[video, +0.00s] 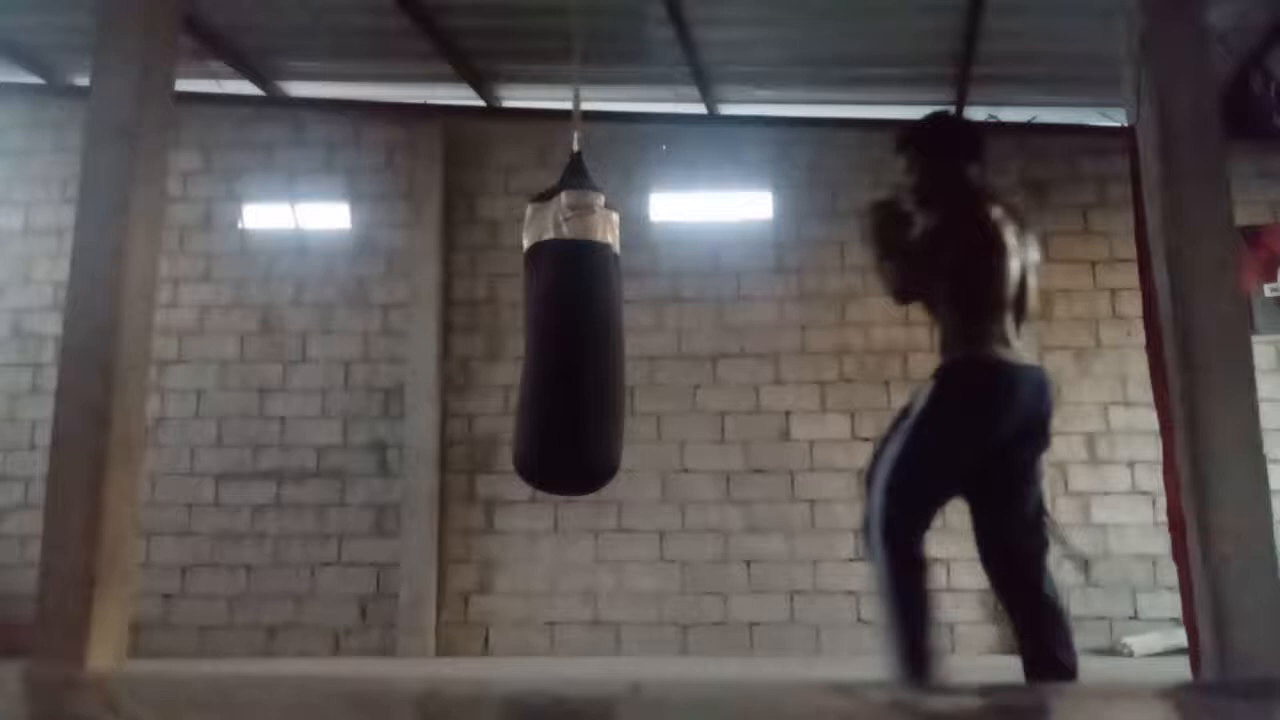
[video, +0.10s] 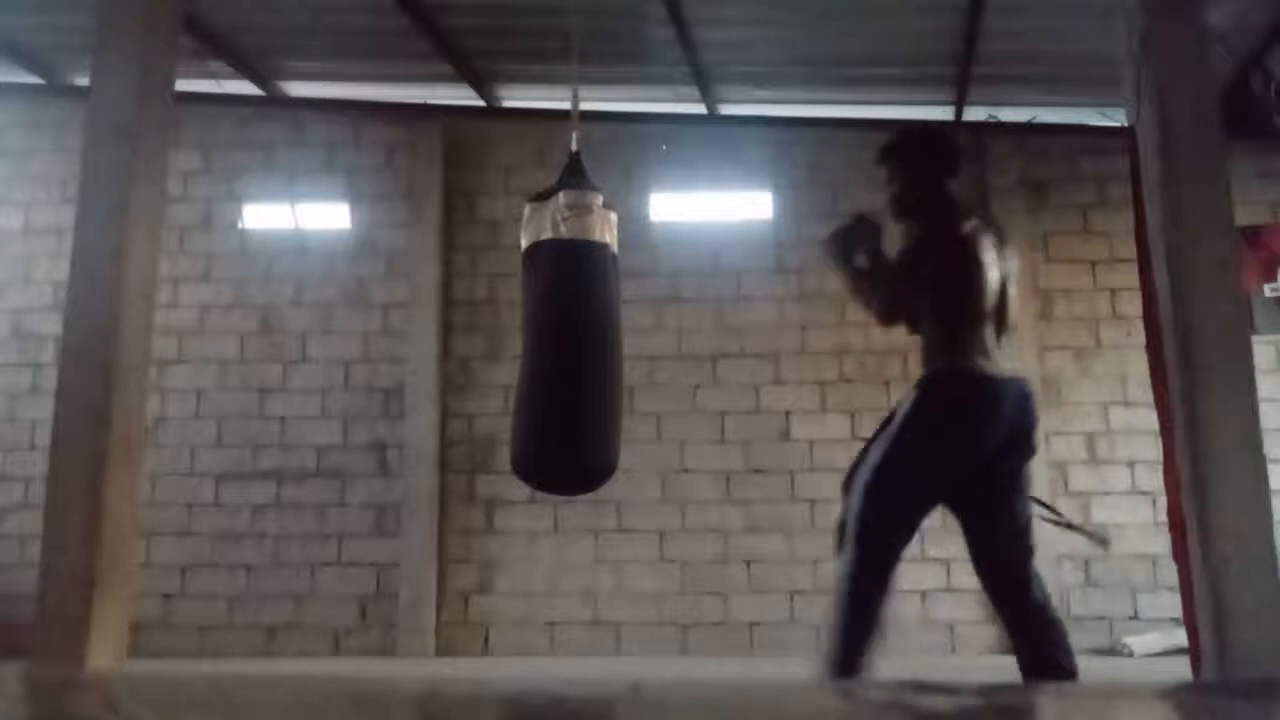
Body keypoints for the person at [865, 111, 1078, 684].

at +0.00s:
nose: (906, 178)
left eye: (913, 164)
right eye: (906, 165)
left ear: (940, 165)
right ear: (969, 162)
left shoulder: (955, 223)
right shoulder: (1013, 225)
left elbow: (907, 284)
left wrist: (888, 233)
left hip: (969, 385)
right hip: (1024, 385)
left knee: (891, 511)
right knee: (1013, 545)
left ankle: (916, 672)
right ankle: (1054, 680)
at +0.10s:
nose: (890, 195)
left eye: (898, 181)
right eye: (889, 181)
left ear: (925, 180)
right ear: (944, 180)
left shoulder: (939, 238)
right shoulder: (985, 238)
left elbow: (890, 305)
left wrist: (854, 259)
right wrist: (874, 257)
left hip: (950, 399)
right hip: (1002, 398)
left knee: (871, 527)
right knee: (1008, 565)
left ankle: (839, 678)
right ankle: (1058, 694)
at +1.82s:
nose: (570, 289)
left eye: (570, 277)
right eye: (567, 278)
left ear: (586, 274)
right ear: (616, 264)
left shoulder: (613, 327)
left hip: (659, 458)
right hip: (717, 451)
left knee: (616, 594)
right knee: (767, 573)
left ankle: (612, 706)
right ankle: (835, 679)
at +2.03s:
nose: (569, 288)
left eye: (568, 277)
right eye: (565, 277)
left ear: (578, 274)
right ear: (613, 259)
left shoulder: (589, 326)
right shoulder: (670, 292)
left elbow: (532, 395)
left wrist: (474, 387)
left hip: (664, 444)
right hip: (722, 435)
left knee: (624, 586)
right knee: (768, 562)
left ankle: (607, 703)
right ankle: (842, 675)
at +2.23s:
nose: (623, 296)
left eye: (627, 283)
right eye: (622, 284)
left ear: (644, 282)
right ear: (669, 278)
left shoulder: (662, 325)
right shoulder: (712, 321)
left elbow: (641, 402)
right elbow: (703, 388)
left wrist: (596, 385)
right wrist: (645, 343)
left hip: (683, 462)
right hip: (735, 461)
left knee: (619, 591)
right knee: (771, 595)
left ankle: (607, 705)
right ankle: (852, 695)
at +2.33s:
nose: (644, 276)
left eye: (647, 264)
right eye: (641, 265)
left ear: (665, 261)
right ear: (692, 256)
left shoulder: (685, 300)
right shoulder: (736, 297)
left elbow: (692, 368)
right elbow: (743, 372)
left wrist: (638, 357)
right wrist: (671, 331)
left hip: (719, 438)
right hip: (767, 433)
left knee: (667, 562)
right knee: (799, 561)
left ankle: (629, 670)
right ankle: (870, 669)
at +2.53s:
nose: (701, 287)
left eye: (706, 275)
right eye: (700, 276)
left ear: (728, 274)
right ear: (747, 272)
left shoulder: (755, 315)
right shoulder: (787, 317)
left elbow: (754, 380)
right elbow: (798, 385)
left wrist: (707, 354)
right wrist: (726, 343)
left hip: (786, 456)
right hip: (825, 453)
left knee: (719, 573)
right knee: (833, 581)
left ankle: (766, 687)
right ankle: (911, 682)